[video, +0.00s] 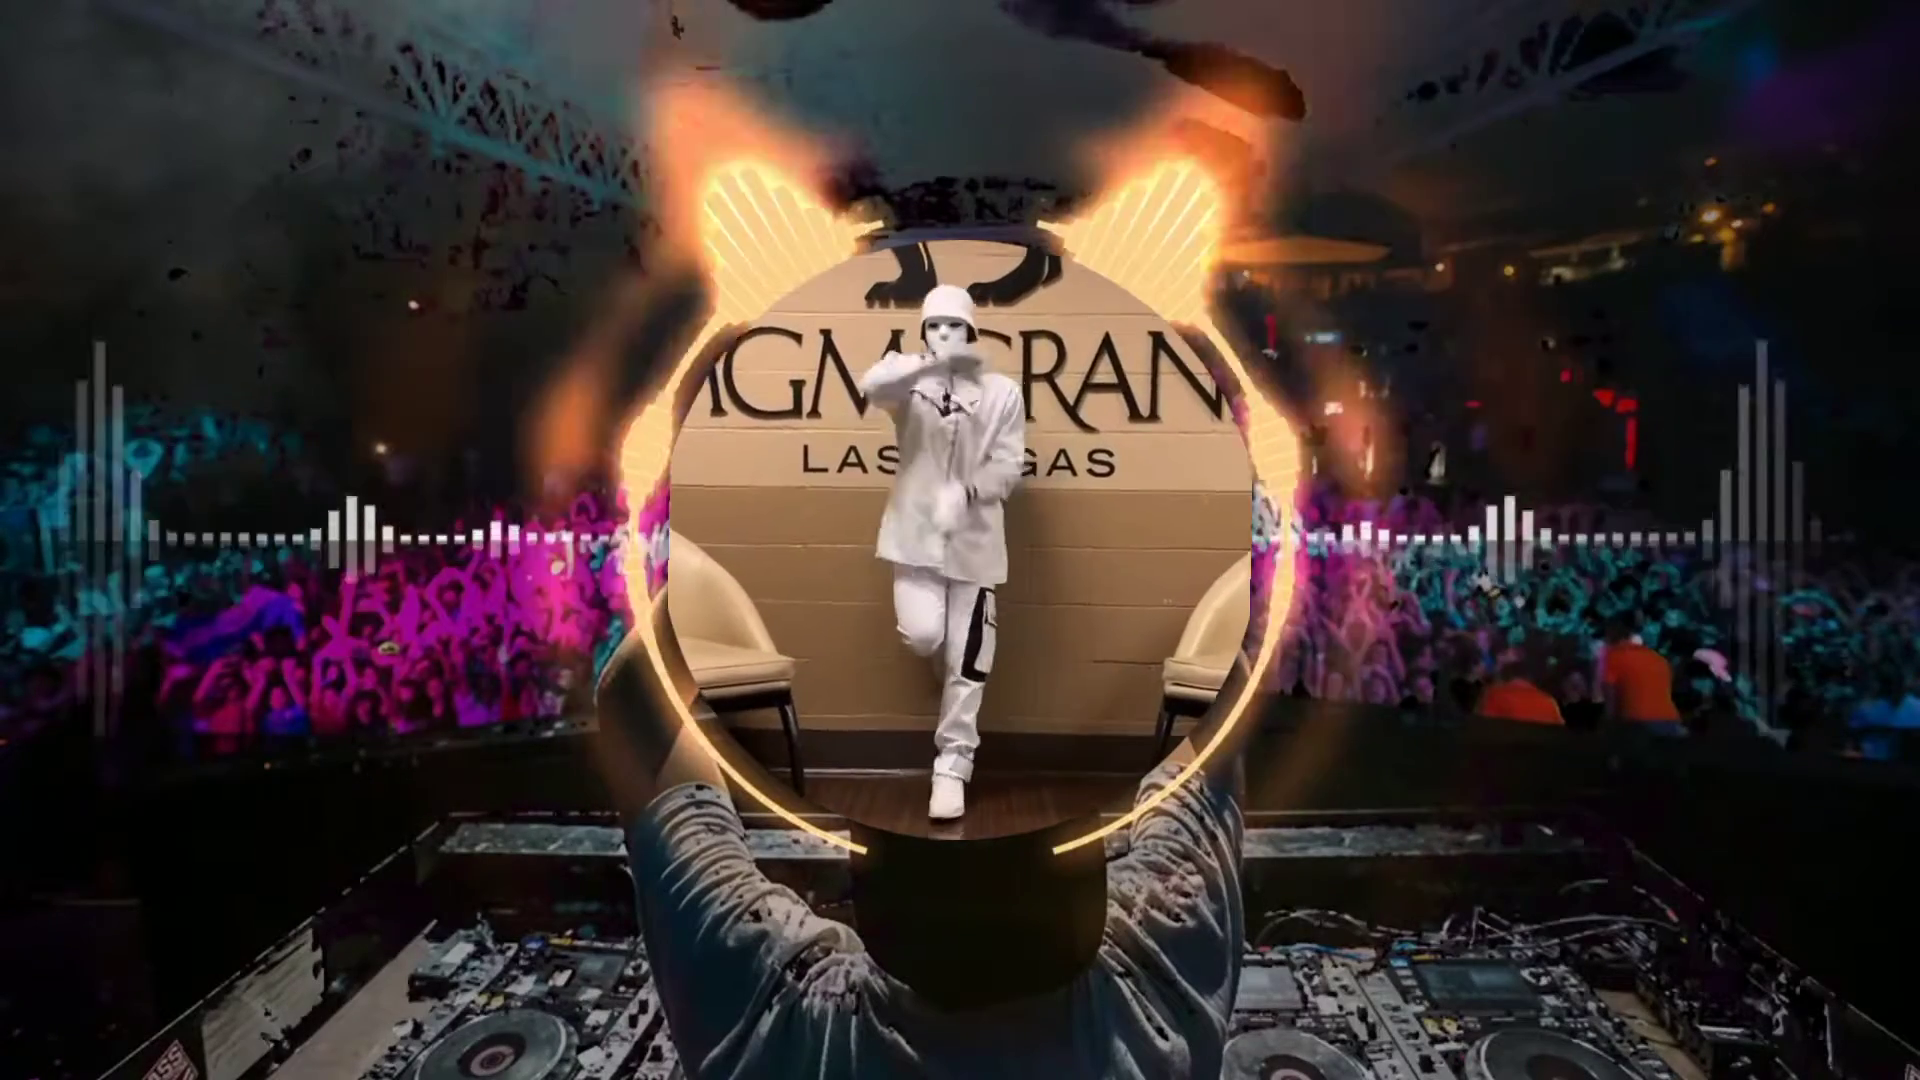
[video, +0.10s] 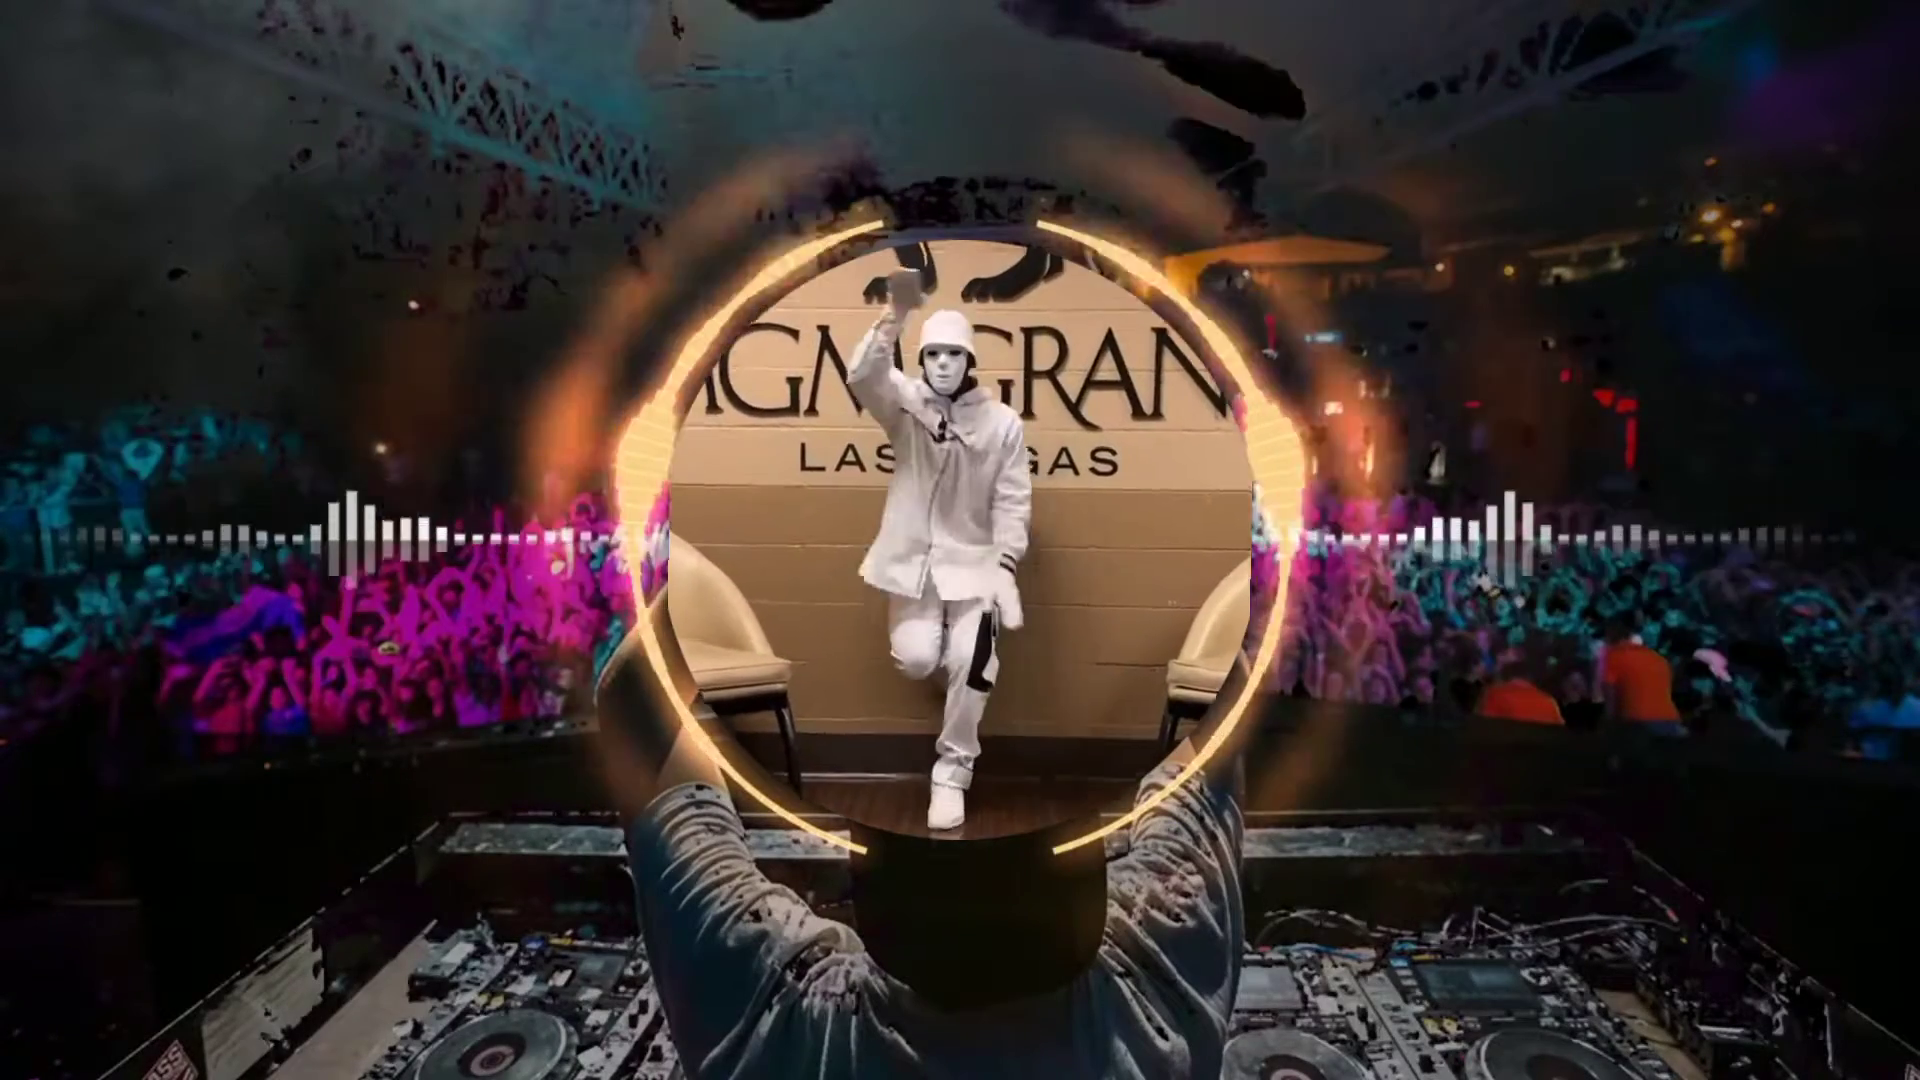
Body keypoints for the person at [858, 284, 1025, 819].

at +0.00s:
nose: (945, 337)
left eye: (955, 328)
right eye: (936, 327)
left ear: (972, 332)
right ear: (923, 332)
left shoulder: (1002, 393)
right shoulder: (907, 377)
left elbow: (1009, 464)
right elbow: (874, 386)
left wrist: (972, 490)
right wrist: (937, 363)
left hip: (974, 546)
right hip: (915, 537)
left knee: (967, 665)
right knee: (922, 636)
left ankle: (951, 770)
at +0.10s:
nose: (944, 365)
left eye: (955, 356)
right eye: (935, 355)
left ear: (971, 362)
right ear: (921, 358)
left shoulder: (1002, 424)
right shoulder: (905, 406)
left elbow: (1013, 499)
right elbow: (865, 379)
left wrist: (1005, 564)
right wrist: (895, 315)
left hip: (976, 557)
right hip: (915, 553)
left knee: (972, 666)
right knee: (915, 657)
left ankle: (951, 776)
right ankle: (960, 653)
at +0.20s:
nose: (943, 378)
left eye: (954, 369)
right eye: (934, 368)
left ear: (970, 376)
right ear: (920, 373)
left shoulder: (1002, 439)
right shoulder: (898, 413)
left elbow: (1039, 516)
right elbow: (844, 390)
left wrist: (1072, 585)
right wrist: (842, 322)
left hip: (972, 576)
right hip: (908, 573)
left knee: (974, 672)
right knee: (915, 673)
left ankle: (950, 782)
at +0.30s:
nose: (944, 382)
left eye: (954, 373)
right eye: (934, 372)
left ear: (972, 379)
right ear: (920, 375)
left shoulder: (1005, 436)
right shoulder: (888, 418)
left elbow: (1077, 474)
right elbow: (819, 417)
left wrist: (1152, 510)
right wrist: (771, 378)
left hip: (970, 576)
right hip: (902, 579)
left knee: (974, 670)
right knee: (913, 680)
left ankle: (949, 788)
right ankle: (941, 639)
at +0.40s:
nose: (944, 385)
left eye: (955, 375)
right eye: (935, 374)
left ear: (974, 380)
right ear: (920, 378)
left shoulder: (1013, 426)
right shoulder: (889, 425)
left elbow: (1100, 410)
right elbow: (809, 451)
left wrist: (1185, 389)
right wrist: (735, 466)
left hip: (980, 580)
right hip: (912, 580)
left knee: (977, 681)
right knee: (915, 688)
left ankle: (950, 792)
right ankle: (928, 636)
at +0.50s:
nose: (946, 381)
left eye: (958, 371)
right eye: (936, 370)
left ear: (975, 375)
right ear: (923, 373)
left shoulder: (1002, 411)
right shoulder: (892, 422)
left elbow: (1061, 363)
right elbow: (850, 487)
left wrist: (1105, 305)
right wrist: (806, 542)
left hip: (982, 577)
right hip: (915, 579)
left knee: (978, 684)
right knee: (918, 689)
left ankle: (950, 797)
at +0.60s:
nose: (945, 377)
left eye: (955, 367)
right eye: (935, 367)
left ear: (972, 371)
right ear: (920, 371)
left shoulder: (999, 406)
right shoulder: (890, 421)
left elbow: (1035, 353)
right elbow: (887, 500)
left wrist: (1027, 280)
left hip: (982, 575)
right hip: (915, 576)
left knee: (978, 695)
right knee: (917, 693)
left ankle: (950, 803)